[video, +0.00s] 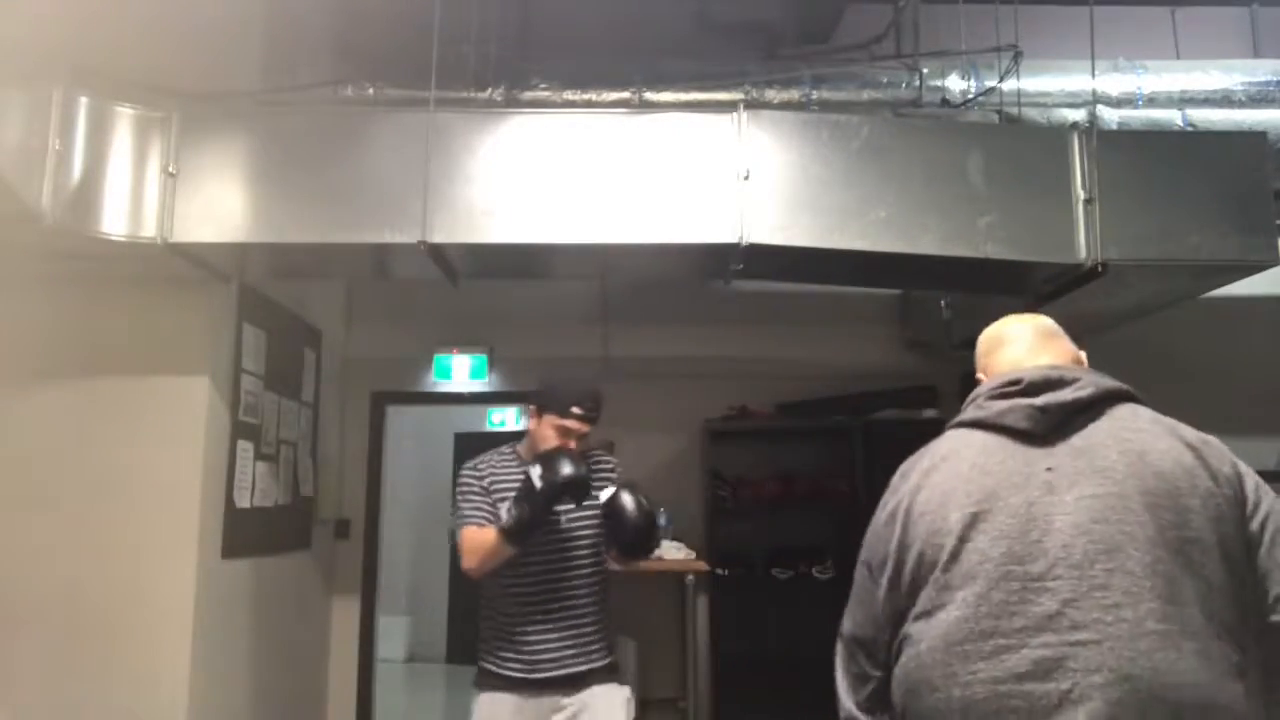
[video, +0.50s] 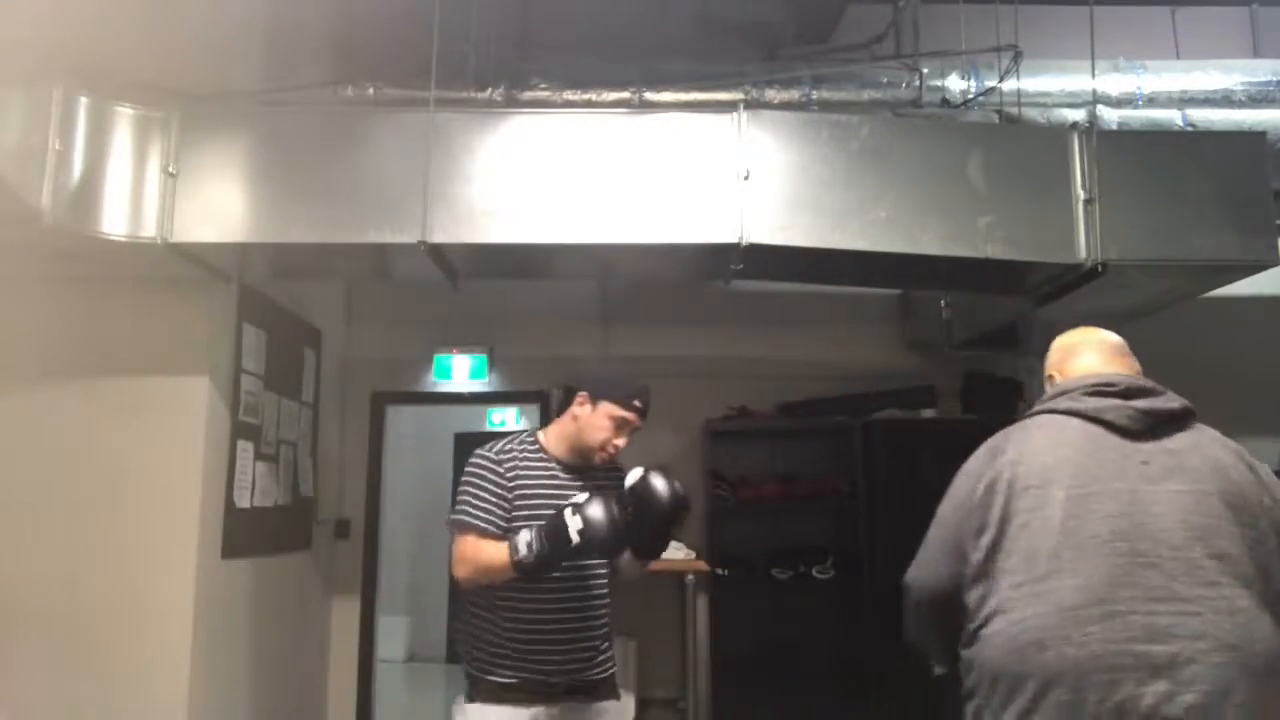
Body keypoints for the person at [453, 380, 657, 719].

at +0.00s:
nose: (571, 446)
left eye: (581, 437)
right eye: (562, 432)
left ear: (591, 432)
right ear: (532, 417)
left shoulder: (601, 469)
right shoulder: (480, 473)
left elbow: (619, 559)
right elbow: (473, 560)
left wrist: (635, 538)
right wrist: (529, 509)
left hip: (592, 683)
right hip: (510, 687)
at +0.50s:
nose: (622, 443)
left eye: (630, 433)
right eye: (618, 425)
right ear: (581, 404)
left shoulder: (610, 475)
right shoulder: (496, 462)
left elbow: (625, 570)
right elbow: (467, 565)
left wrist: (651, 532)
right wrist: (562, 533)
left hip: (593, 692)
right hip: (508, 694)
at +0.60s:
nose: (624, 440)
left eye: (631, 430)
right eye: (619, 421)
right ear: (581, 400)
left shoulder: (608, 472)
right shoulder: (495, 457)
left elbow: (630, 567)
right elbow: (456, 561)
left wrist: (648, 520)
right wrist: (550, 540)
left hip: (586, 696)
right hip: (498, 698)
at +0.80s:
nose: (591, 438)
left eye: (598, 427)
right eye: (585, 419)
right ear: (544, 399)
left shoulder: (574, 476)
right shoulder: (461, 462)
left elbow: (591, 577)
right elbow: (435, 574)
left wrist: (609, 530)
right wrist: (527, 541)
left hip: (557, 702)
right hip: (466, 703)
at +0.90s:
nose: (559, 446)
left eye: (566, 433)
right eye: (553, 427)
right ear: (511, 407)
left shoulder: (536, 482)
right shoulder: (424, 474)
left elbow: (550, 576)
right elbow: (408, 589)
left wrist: (577, 554)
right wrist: (500, 553)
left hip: (528, 699)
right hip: (445, 703)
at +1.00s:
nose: (527, 451)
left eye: (533, 440)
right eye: (520, 432)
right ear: (477, 412)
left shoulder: (497, 492)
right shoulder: (390, 480)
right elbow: (382, 594)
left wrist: (548, 573)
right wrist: (477, 556)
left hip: (488, 704)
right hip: (405, 707)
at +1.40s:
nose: (498, 440)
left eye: (504, 427)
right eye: (495, 420)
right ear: (453, 399)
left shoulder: (458, 470)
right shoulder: (365, 459)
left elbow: (481, 559)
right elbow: (400, 559)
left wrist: (532, 523)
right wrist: (483, 500)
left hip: (449, 699)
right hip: (360, 703)